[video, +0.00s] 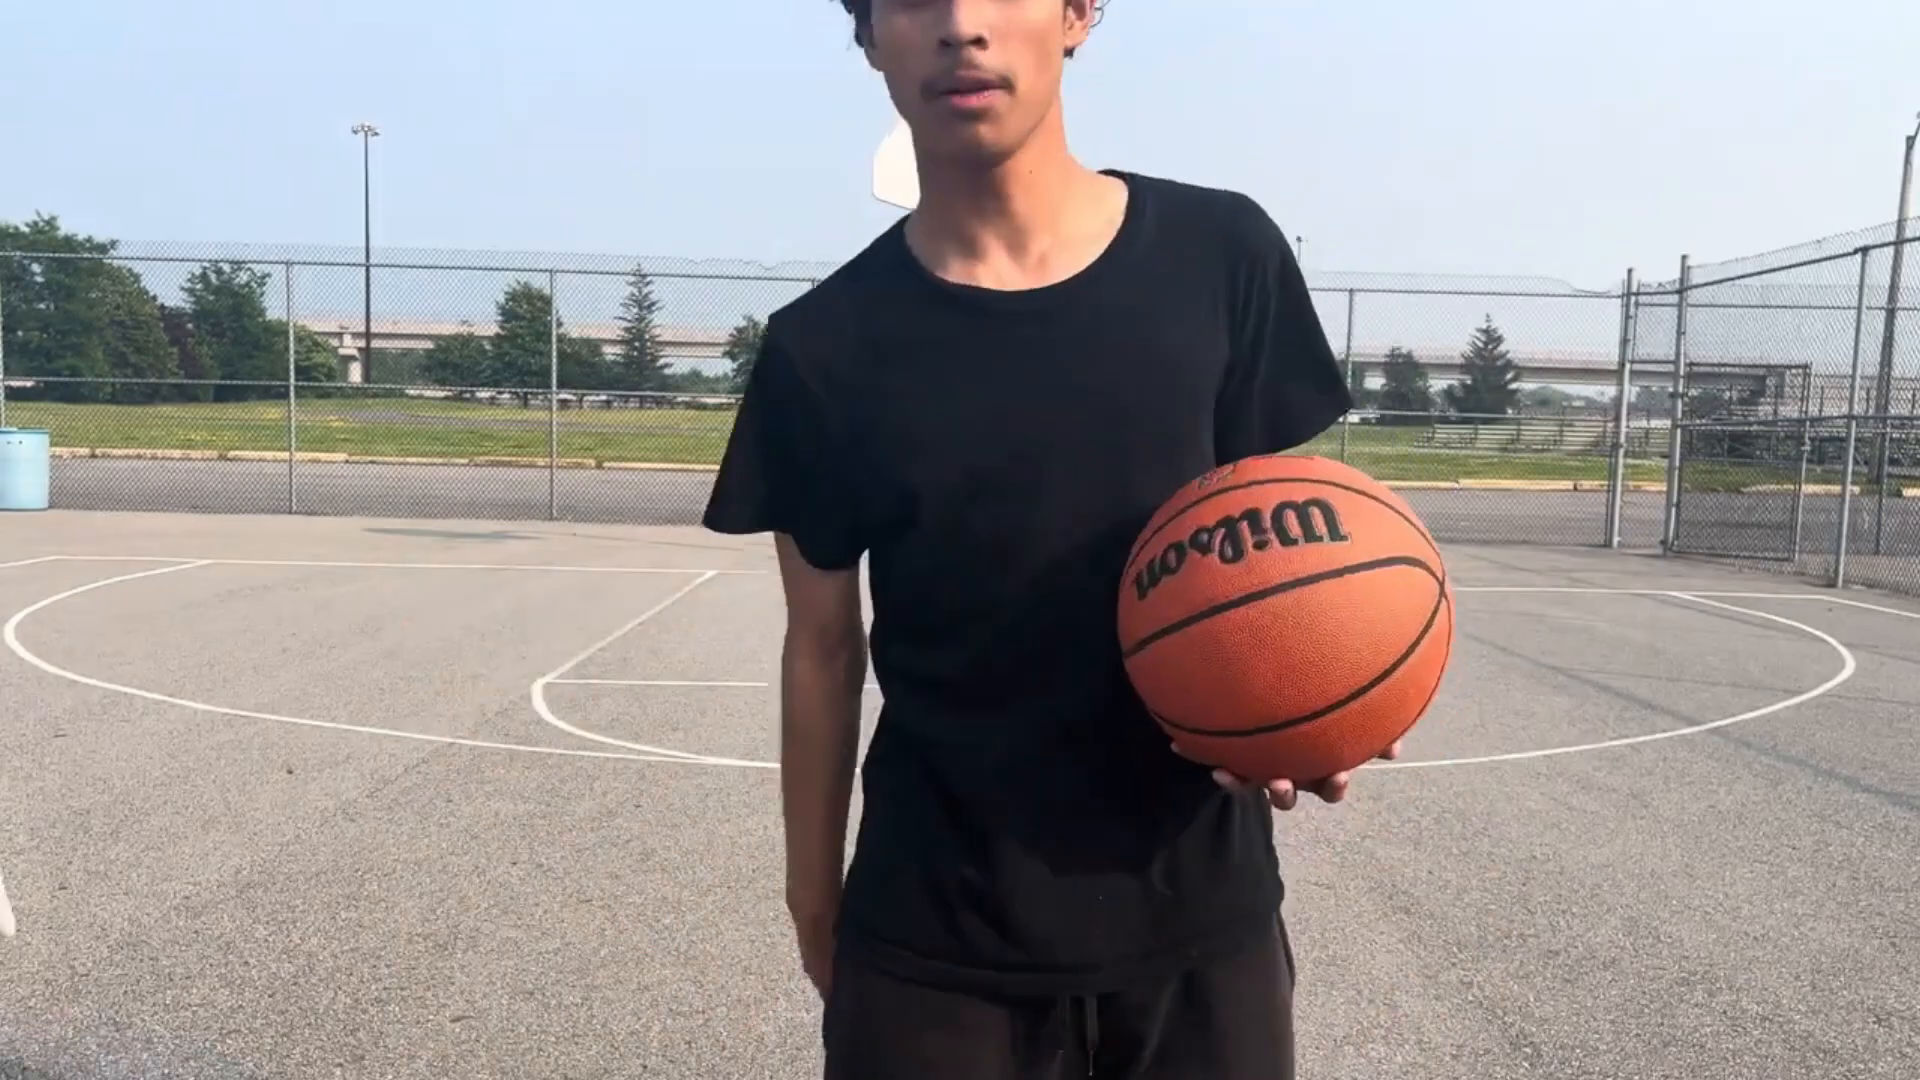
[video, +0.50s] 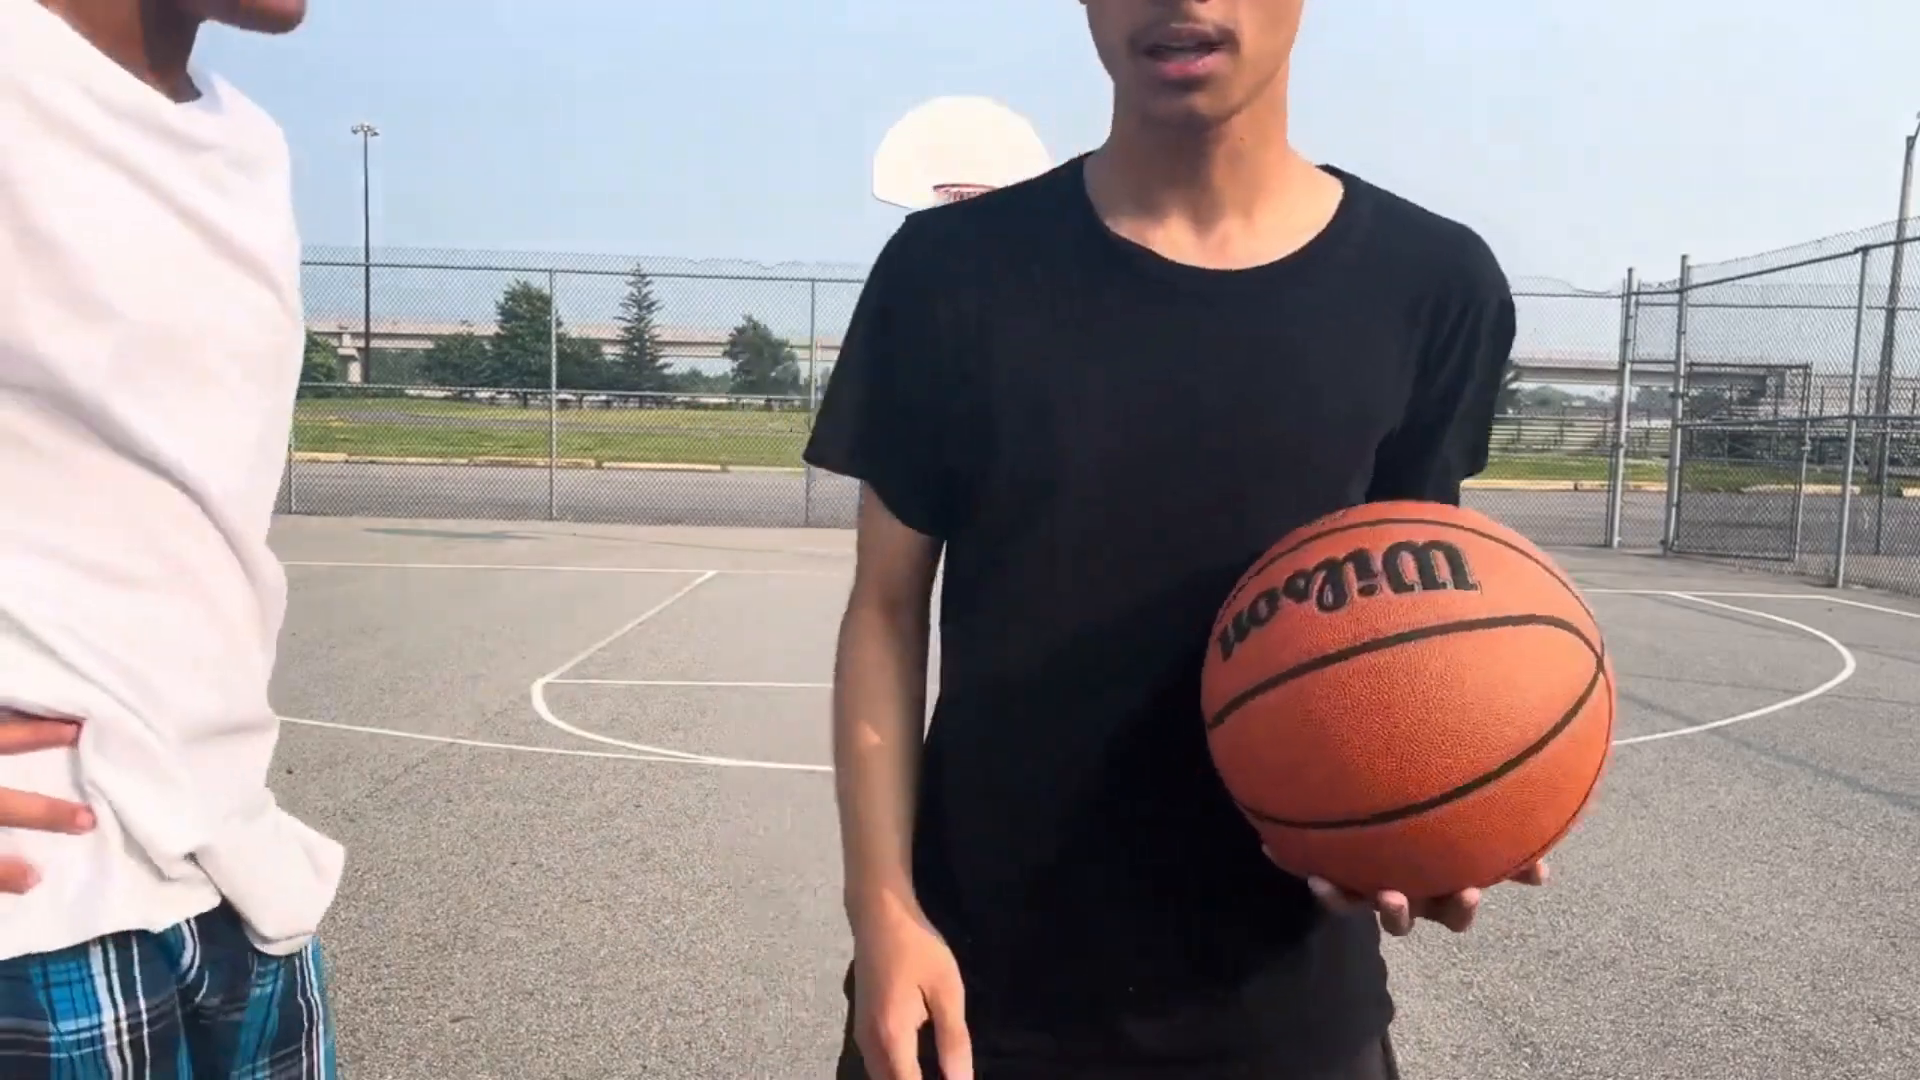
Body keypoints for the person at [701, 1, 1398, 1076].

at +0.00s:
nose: (961, 26)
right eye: (917, 1)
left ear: (1073, 20)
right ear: (869, 38)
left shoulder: (1224, 254)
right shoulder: (821, 345)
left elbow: (1294, 531)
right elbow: (821, 646)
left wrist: (1303, 697)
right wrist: (814, 904)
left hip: (1201, 919)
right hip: (937, 932)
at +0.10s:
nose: (951, 28)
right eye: (903, 1)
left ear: (1065, 11)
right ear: (858, 38)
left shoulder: (1222, 250)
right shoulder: (805, 336)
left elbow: (1275, 539)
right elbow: (793, 662)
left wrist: (1295, 702)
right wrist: (768, 956)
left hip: (1204, 934)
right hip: (933, 953)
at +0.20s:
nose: (972, 20)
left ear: (1086, 5)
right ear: (881, 29)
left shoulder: (1245, 251)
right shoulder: (808, 322)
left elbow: (1273, 546)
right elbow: (773, 642)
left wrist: (1312, 725)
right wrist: (762, 957)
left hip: (1211, 943)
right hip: (931, 957)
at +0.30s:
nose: (1021, 17)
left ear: (1141, 5)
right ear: (924, 22)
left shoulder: (1285, 268)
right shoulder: (832, 314)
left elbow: (1289, 569)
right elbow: (793, 644)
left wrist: (1333, 753)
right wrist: (796, 927)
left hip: (1217, 954)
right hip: (936, 964)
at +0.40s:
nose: (1094, 13)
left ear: (1217, 5)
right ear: (998, 18)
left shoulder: (1350, 289)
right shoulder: (885, 307)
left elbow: (1332, 591)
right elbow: (839, 655)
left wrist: (1366, 785)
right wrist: (842, 935)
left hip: (1243, 978)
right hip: (963, 987)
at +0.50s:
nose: (1183, 5)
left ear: (1301, 2)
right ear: (1090, 5)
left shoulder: (1434, 283)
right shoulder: (947, 269)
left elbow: (1411, 606)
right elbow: (886, 610)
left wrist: (1421, 808)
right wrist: (882, 909)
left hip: (1287, 988)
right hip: (994, 989)